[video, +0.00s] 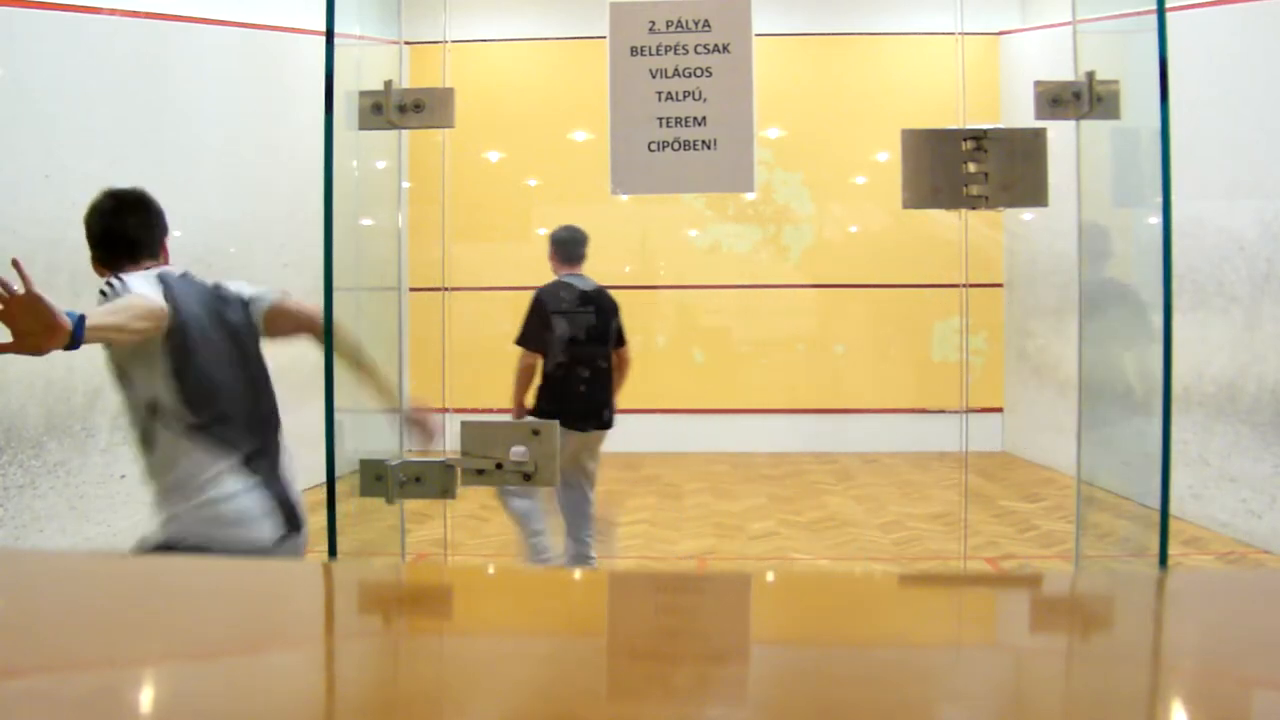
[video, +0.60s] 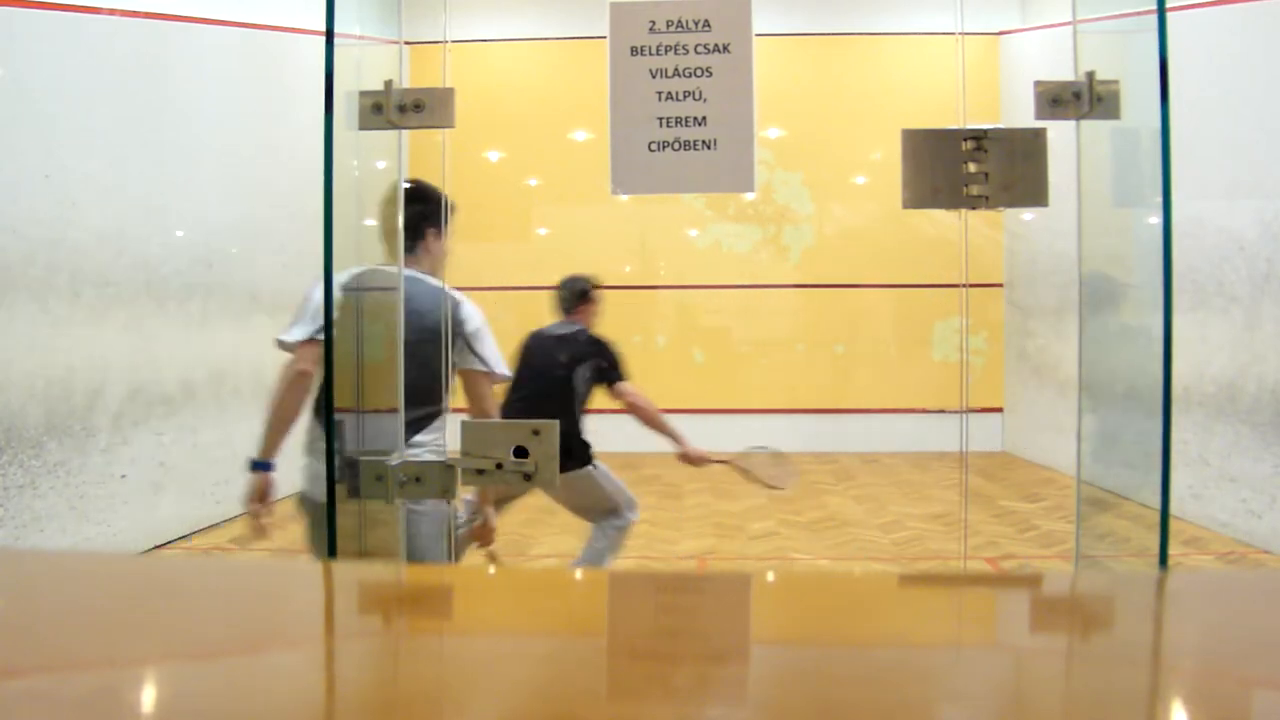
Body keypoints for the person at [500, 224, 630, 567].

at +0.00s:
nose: (549, 258)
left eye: (550, 253)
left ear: (552, 255)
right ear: (584, 255)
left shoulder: (547, 297)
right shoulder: (604, 299)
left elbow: (530, 359)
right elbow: (621, 358)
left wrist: (518, 403)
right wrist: (608, 397)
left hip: (556, 409)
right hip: (597, 409)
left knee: (514, 479)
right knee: (578, 483)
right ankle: (582, 560)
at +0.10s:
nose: (529, 266)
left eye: (530, 262)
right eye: (534, 262)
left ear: (533, 264)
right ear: (564, 265)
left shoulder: (527, 301)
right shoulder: (584, 305)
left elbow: (510, 366)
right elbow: (602, 369)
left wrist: (494, 416)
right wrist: (586, 402)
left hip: (539, 416)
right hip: (583, 416)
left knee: (499, 487)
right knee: (563, 489)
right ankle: (579, 563)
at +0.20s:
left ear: (512, 287)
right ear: (544, 289)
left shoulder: (502, 322)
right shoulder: (558, 325)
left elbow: (487, 381)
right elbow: (577, 373)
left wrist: (475, 432)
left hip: (525, 423)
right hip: (570, 424)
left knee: (485, 494)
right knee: (555, 493)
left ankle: (434, 561)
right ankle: (580, 564)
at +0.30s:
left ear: (498, 310)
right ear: (531, 313)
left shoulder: (484, 344)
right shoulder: (546, 347)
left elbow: (470, 395)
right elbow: (569, 407)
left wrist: (459, 444)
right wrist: (573, 451)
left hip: (499, 442)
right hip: (552, 441)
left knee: (464, 508)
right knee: (564, 497)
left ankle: (436, 571)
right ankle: (568, 566)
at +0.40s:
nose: (535, 324)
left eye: (533, 318)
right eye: (534, 319)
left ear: (499, 322)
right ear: (530, 322)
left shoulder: (480, 354)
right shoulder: (549, 355)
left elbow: (457, 411)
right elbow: (579, 415)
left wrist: (433, 450)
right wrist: (600, 462)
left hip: (488, 450)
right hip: (546, 451)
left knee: (460, 509)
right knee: (572, 502)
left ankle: (435, 569)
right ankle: (562, 569)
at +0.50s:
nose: (553, 320)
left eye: (551, 314)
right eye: (551, 314)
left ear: (517, 317)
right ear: (545, 317)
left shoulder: (495, 351)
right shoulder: (562, 354)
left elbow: (467, 399)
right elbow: (597, 406)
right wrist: (637, 450)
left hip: (495, 452)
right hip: (548, 453)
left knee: (464, 508)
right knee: (588, 508)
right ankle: (563, 570)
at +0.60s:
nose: (596, 309)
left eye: (594, 303)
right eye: (595, 304)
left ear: (563, 306)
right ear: (587, 306)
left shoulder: (535, 340)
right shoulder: (593, 347)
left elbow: (511, 404)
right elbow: (630, 399)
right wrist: (680, 442)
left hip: (514, 454)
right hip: (560, 456)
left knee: (471, 516)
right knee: (619, 512)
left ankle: (426, 575)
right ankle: (580, 583)